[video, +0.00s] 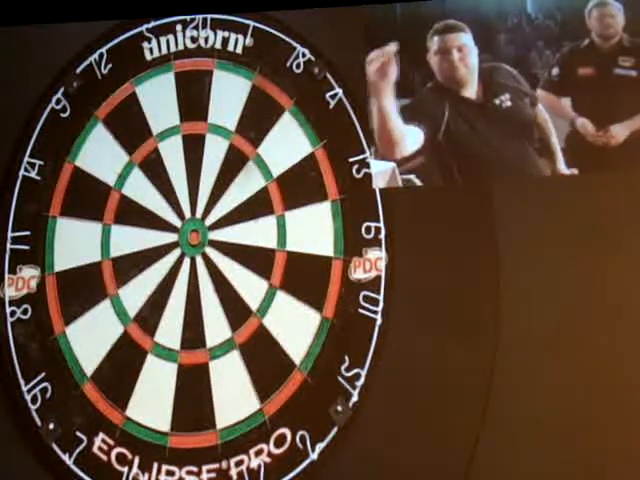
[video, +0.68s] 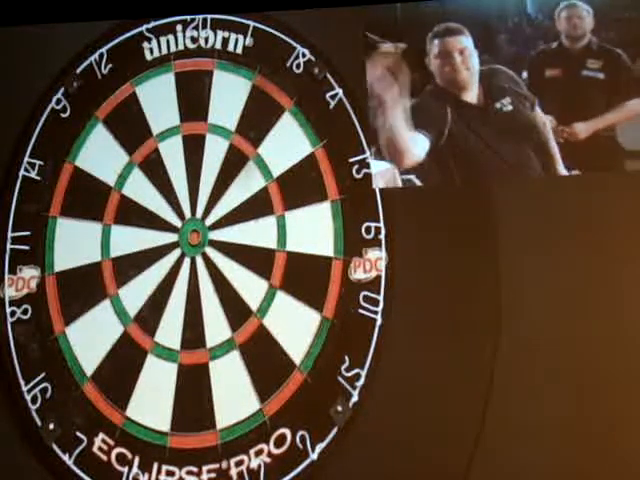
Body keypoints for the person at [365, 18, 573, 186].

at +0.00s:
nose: (454, 59)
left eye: (461, 50)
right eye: (443, 53)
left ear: (476, 53)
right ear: (430, 62)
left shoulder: (502, 77)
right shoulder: (432, 104)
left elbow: (539, 116)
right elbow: (394, 150)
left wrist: (559, 165)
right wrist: (382, 89)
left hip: (543, 193)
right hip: (485, 208)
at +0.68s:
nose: (457, 63)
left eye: (463, 52)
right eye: (444, 57)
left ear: (476, 56)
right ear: (430, 66)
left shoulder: (500, 79)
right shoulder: (431, 106)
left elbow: (539, 122)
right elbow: (405, 157)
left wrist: (558, 171)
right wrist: (390, 100)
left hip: (538, 193)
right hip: (483, 207)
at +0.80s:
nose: (459, 62)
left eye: (465, 52)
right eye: (446, 56)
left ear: (478, 55)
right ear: (433, 66)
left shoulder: (502, 81)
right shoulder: (435, 105)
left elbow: (539, 124)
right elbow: (406, 138)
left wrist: (561, 171)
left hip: (538, 199)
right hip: (480, 210)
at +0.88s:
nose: (460, 62)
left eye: (466, 52)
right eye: (448, 56)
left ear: (479, 56)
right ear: (433, 65)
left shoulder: (503, 80)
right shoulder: (435, 110)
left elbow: (538, 124)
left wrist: (561, 169)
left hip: (538, 196)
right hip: (480, 207)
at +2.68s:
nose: (458, 62)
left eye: (464, 51)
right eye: (446, 55)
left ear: (476, 54)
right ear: (431, 63)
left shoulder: (500, 80)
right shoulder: (433, 102)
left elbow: (539, 126)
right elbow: (403, 160)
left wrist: (563, 174)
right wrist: (412, 85)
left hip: (538, 197)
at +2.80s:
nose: (459, 62)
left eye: (465, 51)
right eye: (446, 55)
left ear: (478, 54)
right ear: (432, 65)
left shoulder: (502, 81)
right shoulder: (435, 103)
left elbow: (539, 125)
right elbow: (401, 127)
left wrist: (563, 172)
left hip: (532, 202)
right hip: (473, 212)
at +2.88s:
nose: (461, 62)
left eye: (467, 51)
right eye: (448, 56)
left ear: (480, 54)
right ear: (433, 65)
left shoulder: (503, 81)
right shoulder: (434, 104)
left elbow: (540, 128)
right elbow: (404, 142)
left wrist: (564, 172)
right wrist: (385, 169)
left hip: (531, 201)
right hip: (471, 211)